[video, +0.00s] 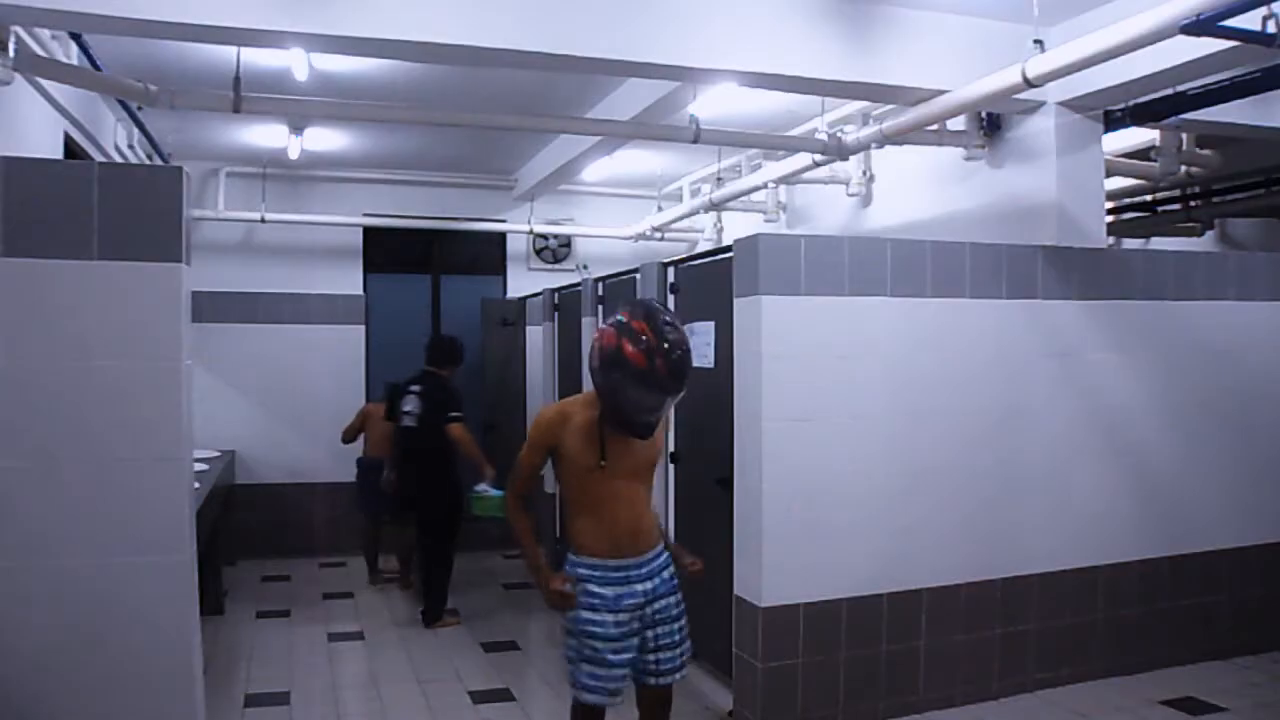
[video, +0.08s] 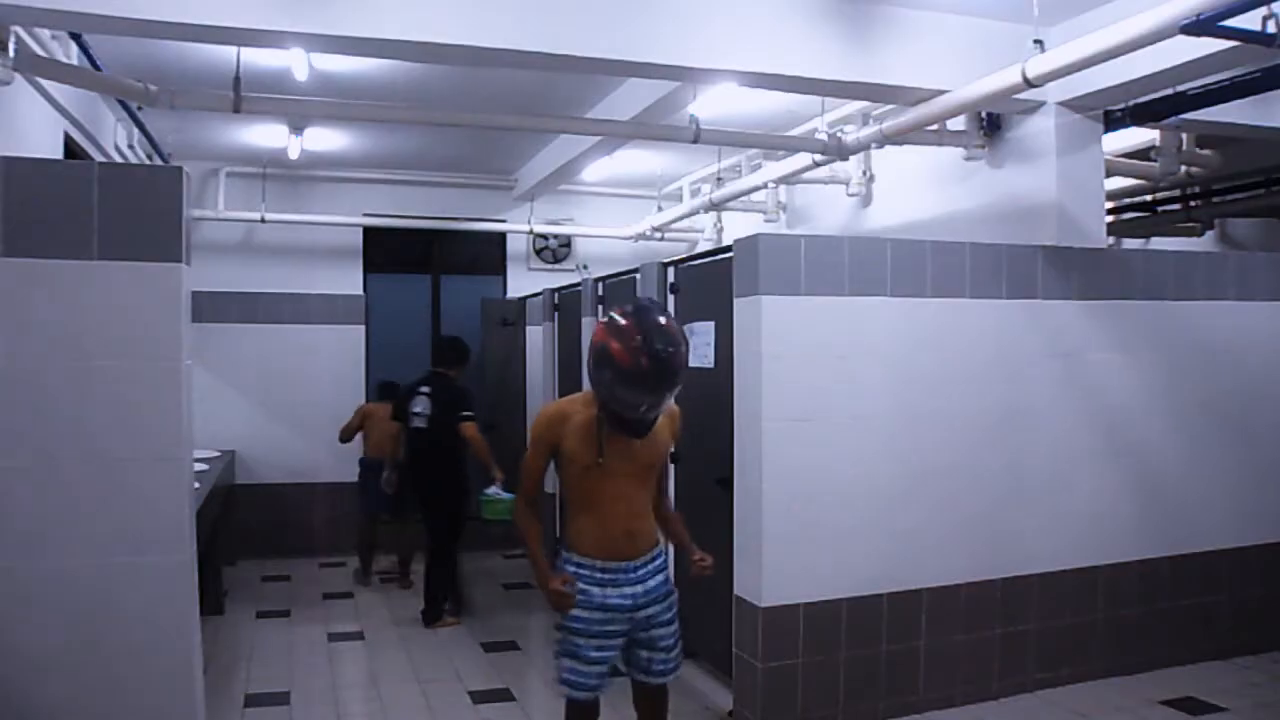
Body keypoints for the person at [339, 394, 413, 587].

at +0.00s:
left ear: (384, 394)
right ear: (404, 398)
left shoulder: (370, 410)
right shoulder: (408, 415)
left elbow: (347, 436)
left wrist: (365, 423)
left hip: (371, 465)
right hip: (401, 466)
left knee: (371, 521)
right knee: (402, 521)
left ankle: (373, 573)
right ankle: (406, 576)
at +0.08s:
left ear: (377, 394)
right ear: (398, 395)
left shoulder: (368, 410)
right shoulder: (405, 412)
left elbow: (345, 436)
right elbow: (413, 442)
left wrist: (360, 420)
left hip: (371, 466)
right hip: (401, 467)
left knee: (368, 519)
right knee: (403, 520)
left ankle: (365, 572)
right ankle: (405, 576)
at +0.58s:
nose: (305, 416)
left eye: (306, 411)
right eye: (304, 412)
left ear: (313, 407)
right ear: (323, 404)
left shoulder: (329, 415)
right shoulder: (338, 416)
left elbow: (325, 441)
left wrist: (312, 434)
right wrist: (327, 486)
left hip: (355, 472)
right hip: (370, 471)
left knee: (340, 522)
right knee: (370, 524)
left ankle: (342, 575)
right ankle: (398, 567)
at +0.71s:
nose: (294, 420)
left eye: (293, 415)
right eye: (292, 416)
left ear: (299, 411)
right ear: (311, 405)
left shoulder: (318, 417)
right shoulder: (328, 417)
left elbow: (319, 446)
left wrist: (305, 442)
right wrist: (318, 486)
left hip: (349, 468)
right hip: (365, 465)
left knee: (339, 520)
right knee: (358, 517)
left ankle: (342, 576)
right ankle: (374, 562)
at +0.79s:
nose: (289, 422)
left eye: (287, 417)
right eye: (286, 418)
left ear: (293, 412)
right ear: (305, 406)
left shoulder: (313, 418)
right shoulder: (322, 419)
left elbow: (314, 448)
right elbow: (331, 460)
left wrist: (301, 445)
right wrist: (315, 485)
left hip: (350, 467)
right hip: (359, 465)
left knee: (338, 519)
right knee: (343, 519)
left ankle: (343, 575)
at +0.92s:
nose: (283, 424)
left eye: (282, 419)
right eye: (280, 420)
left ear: (290, 412)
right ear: (297, 408)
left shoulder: (308, 420)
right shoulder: (313, 420)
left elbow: (316, 454)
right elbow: (320, 465)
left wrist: (299, 451)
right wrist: (304, 491)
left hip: (348, 470)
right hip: (351, 468)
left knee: (335, 520)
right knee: (335, 519)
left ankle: (340, 573)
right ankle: (337, 570)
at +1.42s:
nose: (273, 427)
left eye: (273, 421)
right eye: (270, 423)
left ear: (283, 412)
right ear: (284, 412)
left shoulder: (308, 422)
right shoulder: (300, 430)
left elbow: (325, 447)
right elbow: (309, 466)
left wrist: (297, 451)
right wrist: (296, 492)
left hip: (350, 471)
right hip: (335, 472)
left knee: (342, 523)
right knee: (328, 520)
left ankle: (345, 578)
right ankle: (334, 567)